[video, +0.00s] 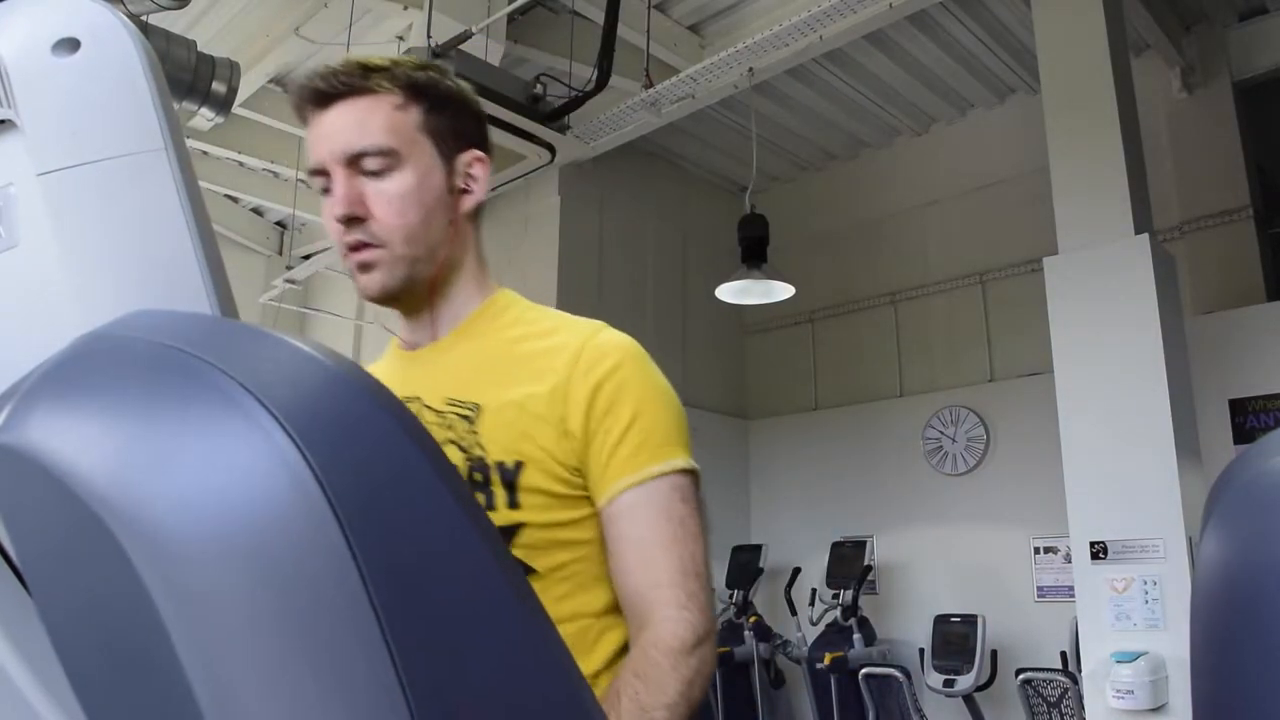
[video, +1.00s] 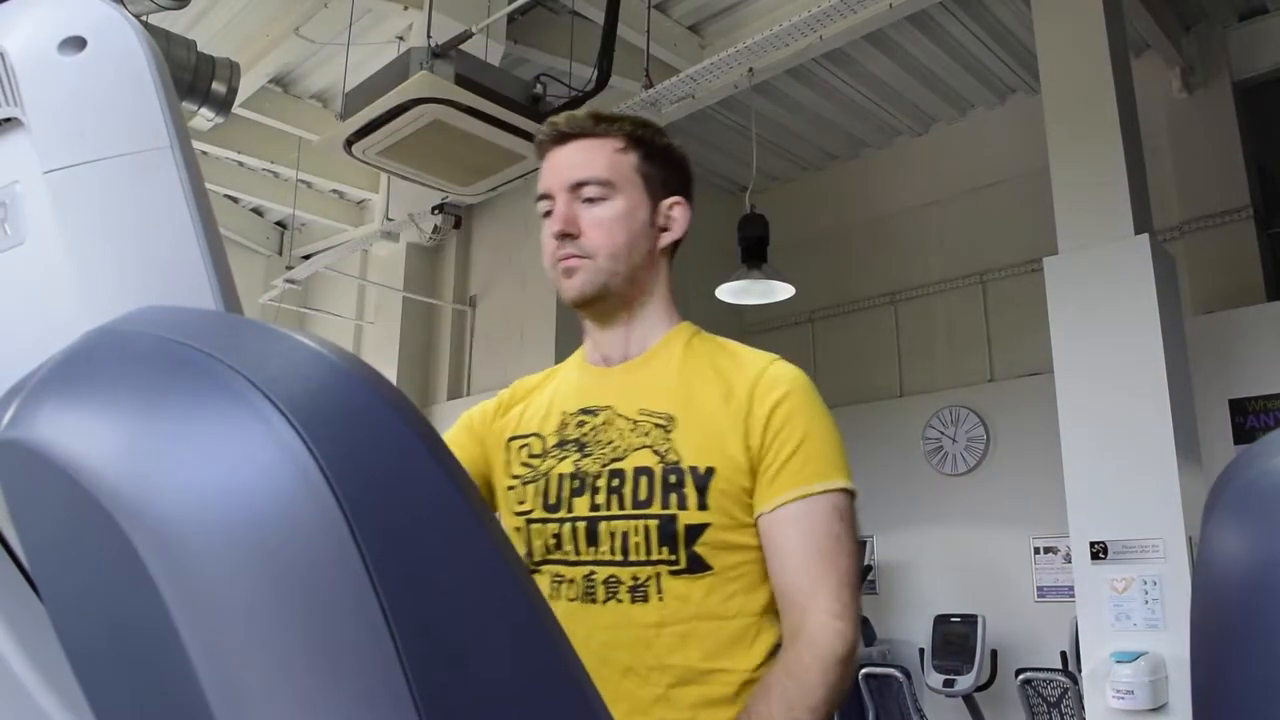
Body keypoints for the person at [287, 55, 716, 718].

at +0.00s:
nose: (340, 210)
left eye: (375, 170)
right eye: (324, 185)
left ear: (468, 181)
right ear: (318, 203)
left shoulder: (597, 369)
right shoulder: (353, 404)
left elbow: (676, 645)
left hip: (579, 701)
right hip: (410, 704)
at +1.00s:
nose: (559, 225)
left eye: (591, 197)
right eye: (547, 207)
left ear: (668, 222)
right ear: (539, 231)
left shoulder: (767, 394)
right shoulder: (497, 424)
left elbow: (821, 640)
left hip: (717, 702)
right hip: (540, 704)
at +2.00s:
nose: (493, 238)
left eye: (526, 206)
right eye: (483, 220)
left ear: (610, 230)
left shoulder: (708, 417)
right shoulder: (449, 437)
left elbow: (719, 693)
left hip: (637, 706)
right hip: (463, 703)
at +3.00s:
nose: (465, 226)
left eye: (497, 197)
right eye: (454, 211)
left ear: (574, 218)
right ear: (446, 237)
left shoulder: (673, 376)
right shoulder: (432, 418)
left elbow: (695, 631)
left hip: (619, 701)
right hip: (461, 702)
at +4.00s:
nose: (485, 247)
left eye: (518, 215)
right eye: (474, 228)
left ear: (600, 234)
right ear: (467, 248)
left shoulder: (703, 404)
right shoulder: (446, 435)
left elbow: (730, 668)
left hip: (640, 704)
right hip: (466, 703)